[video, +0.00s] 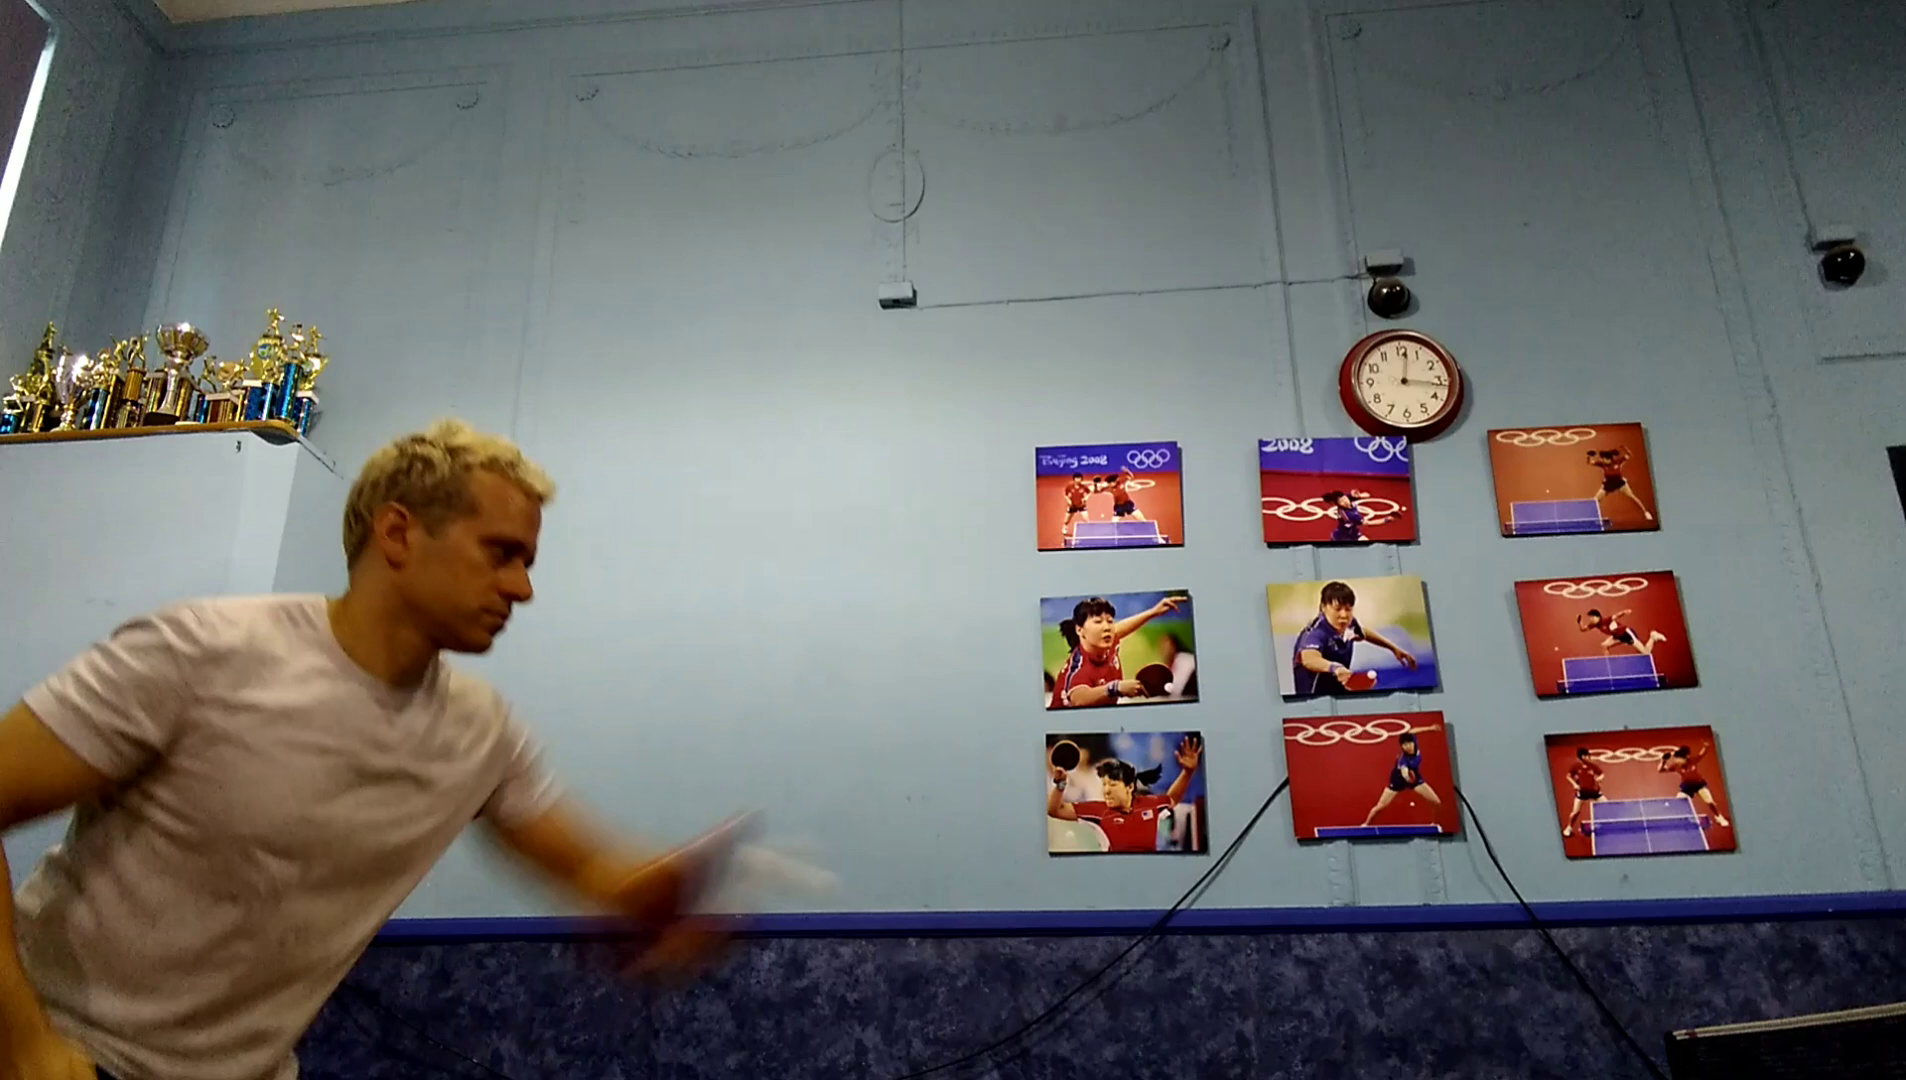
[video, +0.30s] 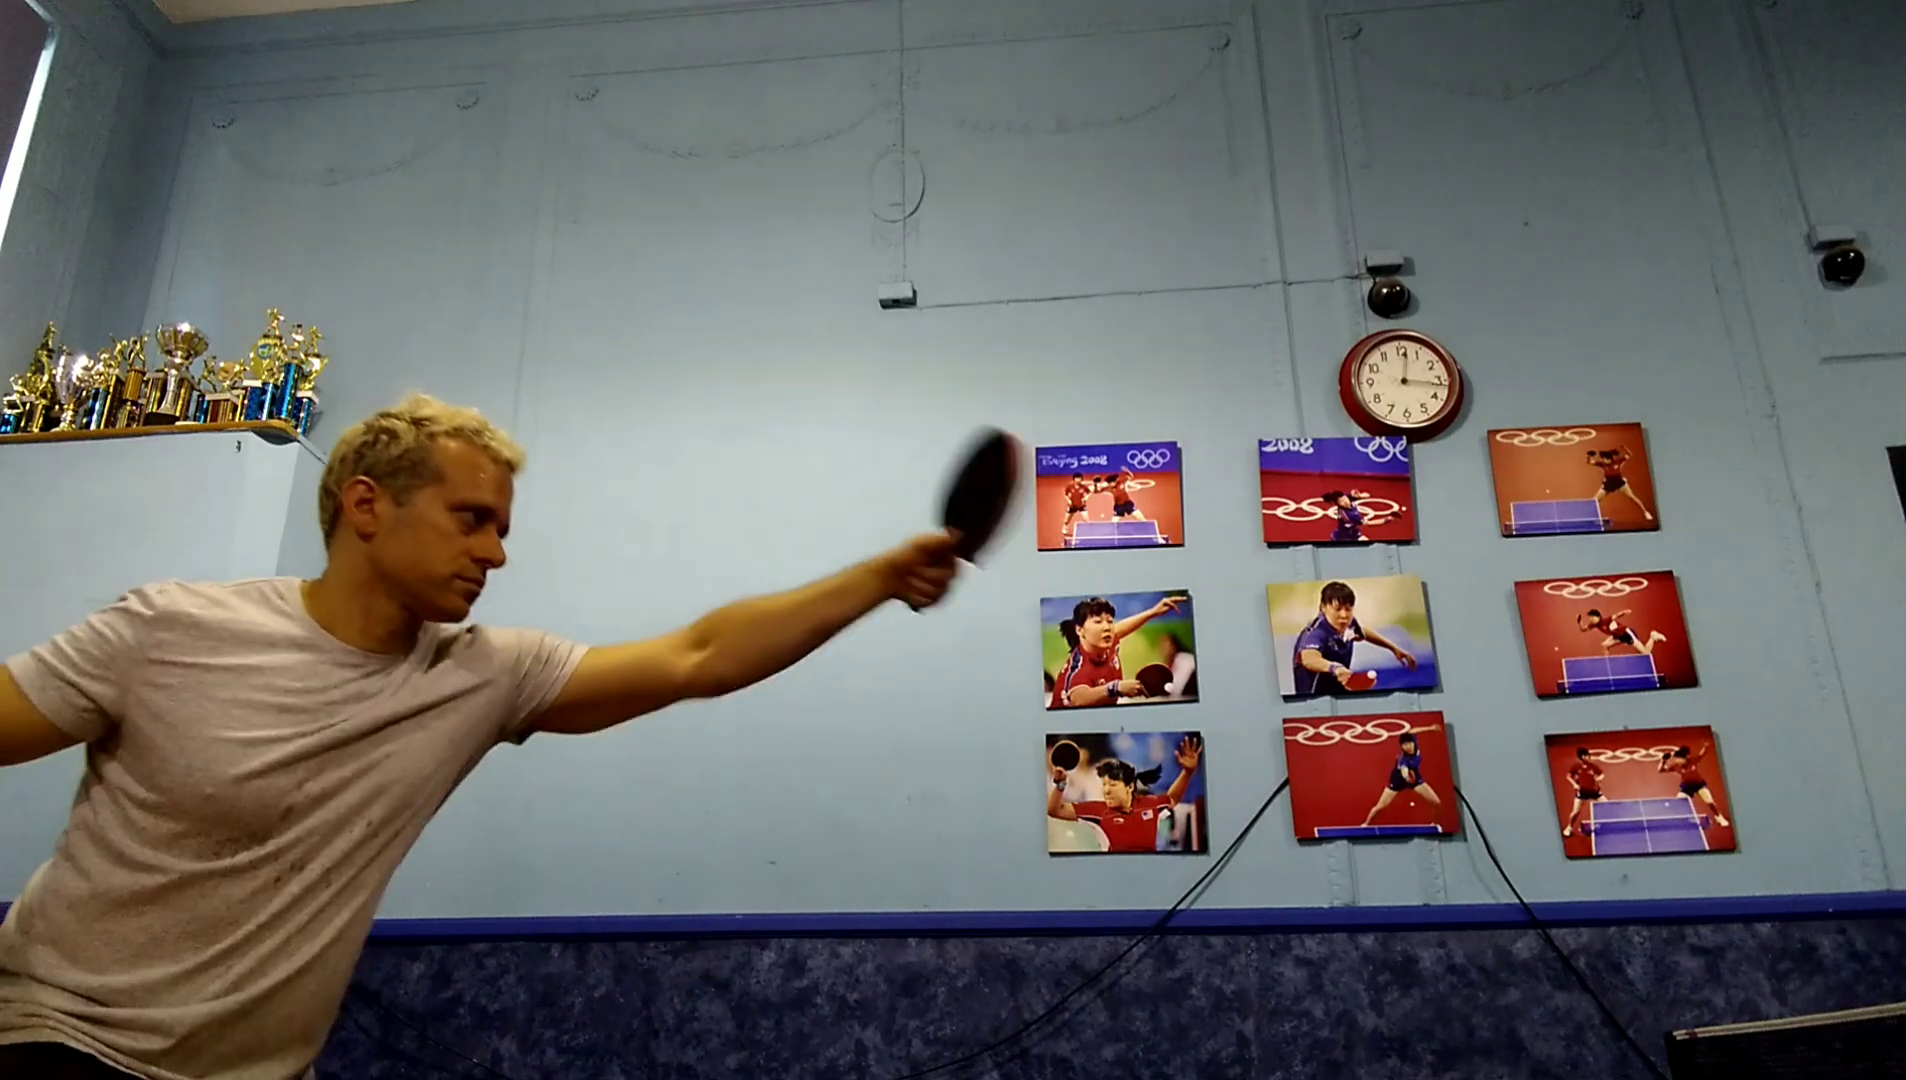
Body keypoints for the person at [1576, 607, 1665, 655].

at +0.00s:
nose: (1591, 621)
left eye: (1592, 618)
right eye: (1590, 619)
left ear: (1597, 617)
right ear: (1592, 619)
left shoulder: (1607, 620)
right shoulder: (1594, 625)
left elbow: (1617, 616)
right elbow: (1583, 630)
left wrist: (1625, 612)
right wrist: (1579, 623)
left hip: (1627, 634)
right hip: (1617, 637)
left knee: (1645, 652)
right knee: (1604, 645)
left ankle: (1653, 636)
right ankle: (1608, 667)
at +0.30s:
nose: (1590, 620)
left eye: (1591, 618)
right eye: (1590, 619)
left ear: (1597, 617)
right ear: (1593, 618)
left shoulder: (1607, 620)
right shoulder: (1594, 624)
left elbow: (1617, 616)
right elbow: (1583, 630)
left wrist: (1625, 612)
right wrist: (1579, 623)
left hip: (1627, 634)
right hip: (1618, 637)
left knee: (1646, 652)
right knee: (1604, 645)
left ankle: (1653, 636)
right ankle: (1608, 667)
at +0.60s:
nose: (1590, 621)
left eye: (1591, 618)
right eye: (1590, 619)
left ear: (1597, 617)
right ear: (1592, 619)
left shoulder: (1607, 620)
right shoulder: (1594, 625)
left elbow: (1617, 615)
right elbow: (1583, 630)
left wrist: (1625, 612)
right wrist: (1579, 623)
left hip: (1627, 634)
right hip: (1617, 637)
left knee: (1646, 652)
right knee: (1604, 645)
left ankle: (1653, 636)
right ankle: (1608, 667)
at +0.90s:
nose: (1590, 620)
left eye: (1591, 618)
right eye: (1590, 619)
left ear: (1597, 617)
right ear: (1593, 618)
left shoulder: (1607, 620)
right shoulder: (1594, 625)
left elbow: (1617, 615)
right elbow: (1583, 630)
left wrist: (1625, 612)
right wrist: (1579, 623)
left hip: (1627, 634)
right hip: (1618, 637)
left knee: (1645, 652)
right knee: (1604, 645)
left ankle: (1653, 636)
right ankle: (1608, 667)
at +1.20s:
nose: (1590, 621)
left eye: (1591, 618)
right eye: (1590, 619)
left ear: (1597, 617)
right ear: (1593, 618)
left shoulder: (1607, 620)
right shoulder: (1594, 625)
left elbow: (1617, 615)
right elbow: (1583, 630)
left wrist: (1625, 612)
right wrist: (1579, 623)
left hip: (1627, 634)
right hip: (1618, 637)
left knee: (1645, 652)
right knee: (1604, 645)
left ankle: (1653, 636)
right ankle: (1608, 667)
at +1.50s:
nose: (1590, 620)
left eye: (1591, 618)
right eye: (1590, 619)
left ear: (1597, 617)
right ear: (1592, 618)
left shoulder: (1607, 620)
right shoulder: (1594, 625)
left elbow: (1617, 615)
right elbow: (1583, 630)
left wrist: (1625, 612)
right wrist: (1579, 623)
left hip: (1627, 634)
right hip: (1618, 637)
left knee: (1645, 652)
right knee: (1604, 645)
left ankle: (1653, 636)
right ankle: (1608, 667)